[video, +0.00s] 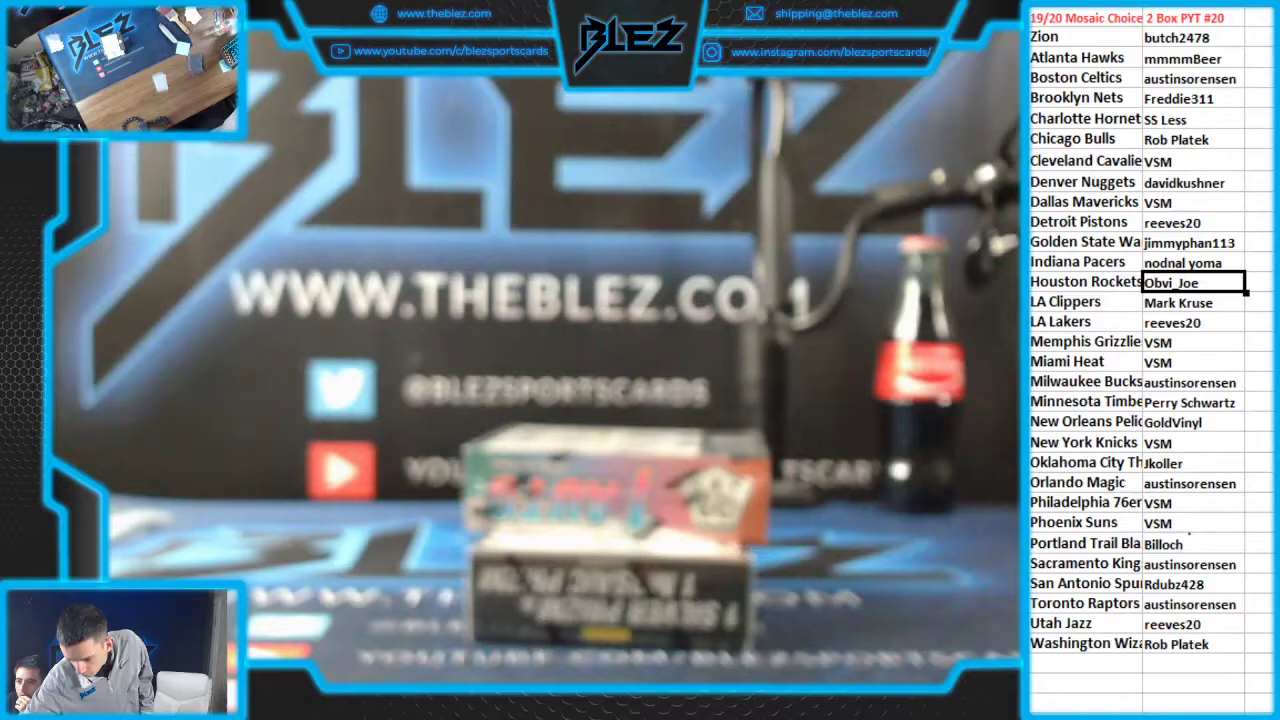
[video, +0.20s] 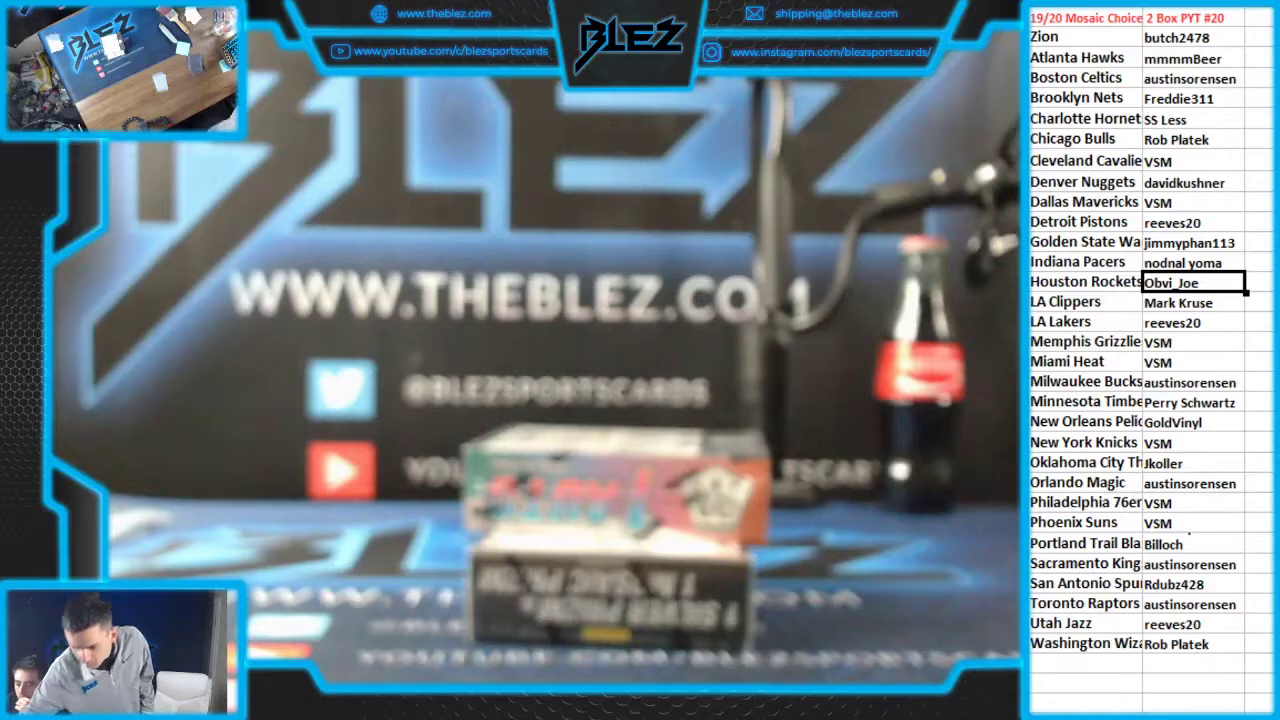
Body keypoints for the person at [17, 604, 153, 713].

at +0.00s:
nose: (80, 670)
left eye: (87, 659)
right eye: (72, 660)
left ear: (108, 645)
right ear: (63, 650)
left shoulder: (131, 642)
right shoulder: (59, 679)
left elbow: (146, 688)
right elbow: (32, 716)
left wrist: (145, 716)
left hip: (128, 716)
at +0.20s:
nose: (85, 657)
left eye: (92, 647)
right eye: (77, 649)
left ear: (113, 635)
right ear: (68, 641)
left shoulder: (134, 639)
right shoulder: (61, 672)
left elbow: (146, 687)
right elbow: (35, 713)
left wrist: (146, 715)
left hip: (130, 714)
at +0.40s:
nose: (98, 646)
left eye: (106, 635)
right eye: (89, 636)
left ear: (124, 625)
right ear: (81, 629)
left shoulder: (139, 636)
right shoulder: (70, 661)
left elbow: (148, 688)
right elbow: (51, 711)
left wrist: (148, 714)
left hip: (134, 714)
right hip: (93, 714)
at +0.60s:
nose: (121, 641)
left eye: (130, 631)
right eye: (112, 632)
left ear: (142, 620)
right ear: (98, 624)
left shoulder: (151, 638)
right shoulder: (81, 659)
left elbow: (155, 692)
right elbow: (72, 708)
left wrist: (155, 714)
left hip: (144, 716)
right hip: (103, 716)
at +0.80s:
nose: (148, 646)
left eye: (157, 635)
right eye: (138, 637)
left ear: (168, 624)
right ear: (120, 627)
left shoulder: (175, 644)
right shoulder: (99, 661)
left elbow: (179, 703)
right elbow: (87, 712)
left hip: (159, 713)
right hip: (118, 714)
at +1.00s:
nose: (184, 660)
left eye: (193, 650)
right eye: (173, 650)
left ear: (203, 640)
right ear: (150, 637)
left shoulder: (204, 657)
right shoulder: (124, 666)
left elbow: (218, 708)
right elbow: (113, 715)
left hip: (184, 713)